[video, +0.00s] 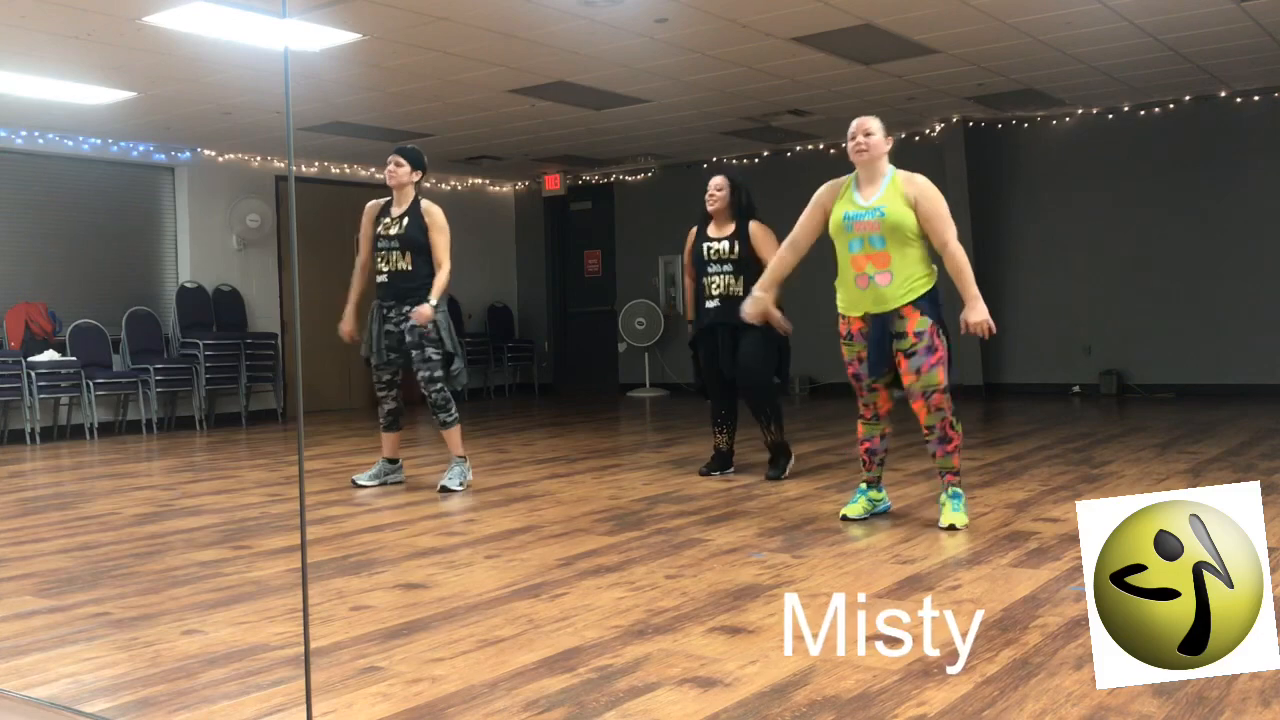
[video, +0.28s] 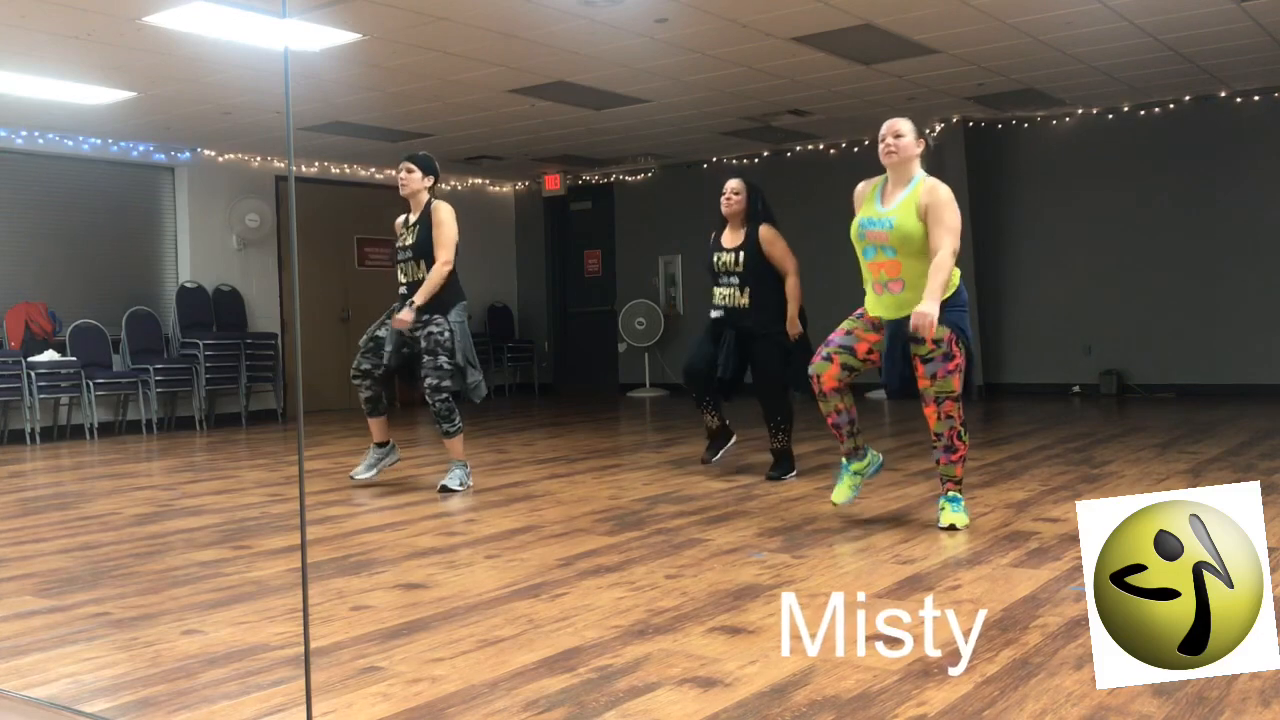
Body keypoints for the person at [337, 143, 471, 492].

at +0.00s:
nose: (389, 169)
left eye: (397, 165)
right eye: (388, 164)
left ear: (415, 174)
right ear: (386, 172)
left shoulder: (430, 212)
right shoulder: (374, 210)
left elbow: (443, 267)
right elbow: (363, 264)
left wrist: (431, 304)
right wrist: (350, 311)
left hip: (420, 311)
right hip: (384, 313)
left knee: (433, 385)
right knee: (386, 388)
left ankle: (459, 462)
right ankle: (390, 463)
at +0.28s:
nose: (400, 177)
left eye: (408, 172)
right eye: (399, 172)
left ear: (428, 179)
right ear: (399, 181)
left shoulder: (441, 210)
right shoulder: (401, 222)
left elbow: (445, 263)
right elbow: (411, 269)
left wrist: (413, 307)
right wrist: (404, 304)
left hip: (440, 313)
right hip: (406, 310)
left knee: (437, 387)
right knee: (365, 370)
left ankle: (459, 466)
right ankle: (382, 447)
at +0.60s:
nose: (395, 170)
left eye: (404, 165)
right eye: (394, 165)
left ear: (423, 173)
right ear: (393, 173)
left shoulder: (439, 211)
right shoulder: (384, 215)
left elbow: (468, 259)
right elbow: (379, 271)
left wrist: (471, 295)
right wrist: (339, 297)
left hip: (430, 313)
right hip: (392, 314)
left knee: (439, 387)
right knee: (394, 389)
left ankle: (459, 466)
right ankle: (400, 463)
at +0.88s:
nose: (395, 171)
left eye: (402, 166)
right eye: (393, 167)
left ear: (422, 172)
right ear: (392, 175)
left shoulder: (438, 217)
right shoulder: (382, 208)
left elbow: (455, 266)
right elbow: (363, 258)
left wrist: (460, 291)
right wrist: (330, 298)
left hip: (427, 311)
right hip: (389, 312)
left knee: (431, 382)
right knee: (388, 386)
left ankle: (460, 461)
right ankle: (400, 464)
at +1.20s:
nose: (407, 169)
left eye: (414, 164)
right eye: (405, 166)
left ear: (435, 170)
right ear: (405, 175)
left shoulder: (450, 208)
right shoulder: (408, 212)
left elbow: (455, 265)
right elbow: (406, 268)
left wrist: (429, 256)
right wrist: (378, 297)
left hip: (441, 312)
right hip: (407, 310)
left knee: (437, 384)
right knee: (373, 373)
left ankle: (460, 465)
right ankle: (388, 451)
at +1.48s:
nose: (413, 167)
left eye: (420, 161)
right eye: (411, 163)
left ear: (441, 167)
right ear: (410, 172)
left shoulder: (454, 207)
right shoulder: (413, 209)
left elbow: (457, 266)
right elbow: (411, 264)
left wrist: (429, 257)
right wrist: (396, 300)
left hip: (438, 308)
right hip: (405, 308)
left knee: (444, 386)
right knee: (401, 384)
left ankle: (460, 465)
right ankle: (395, 461)